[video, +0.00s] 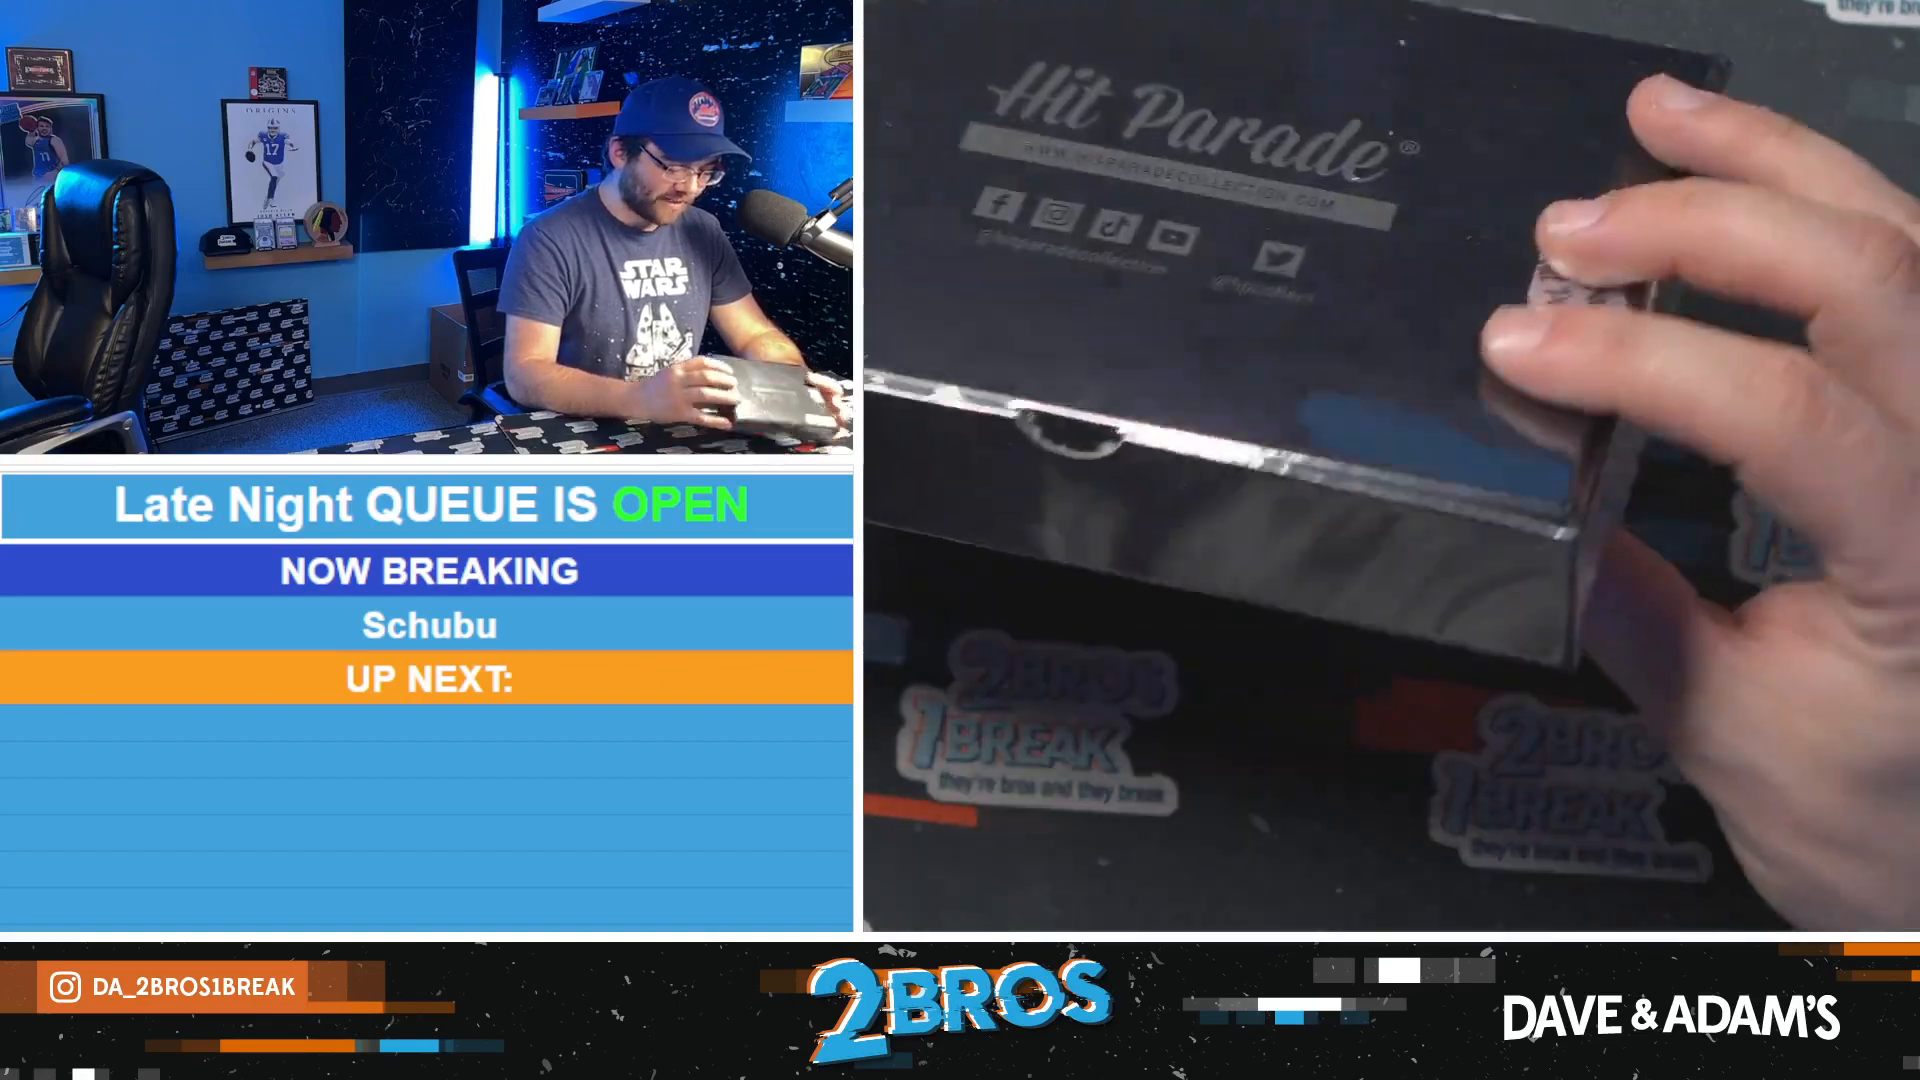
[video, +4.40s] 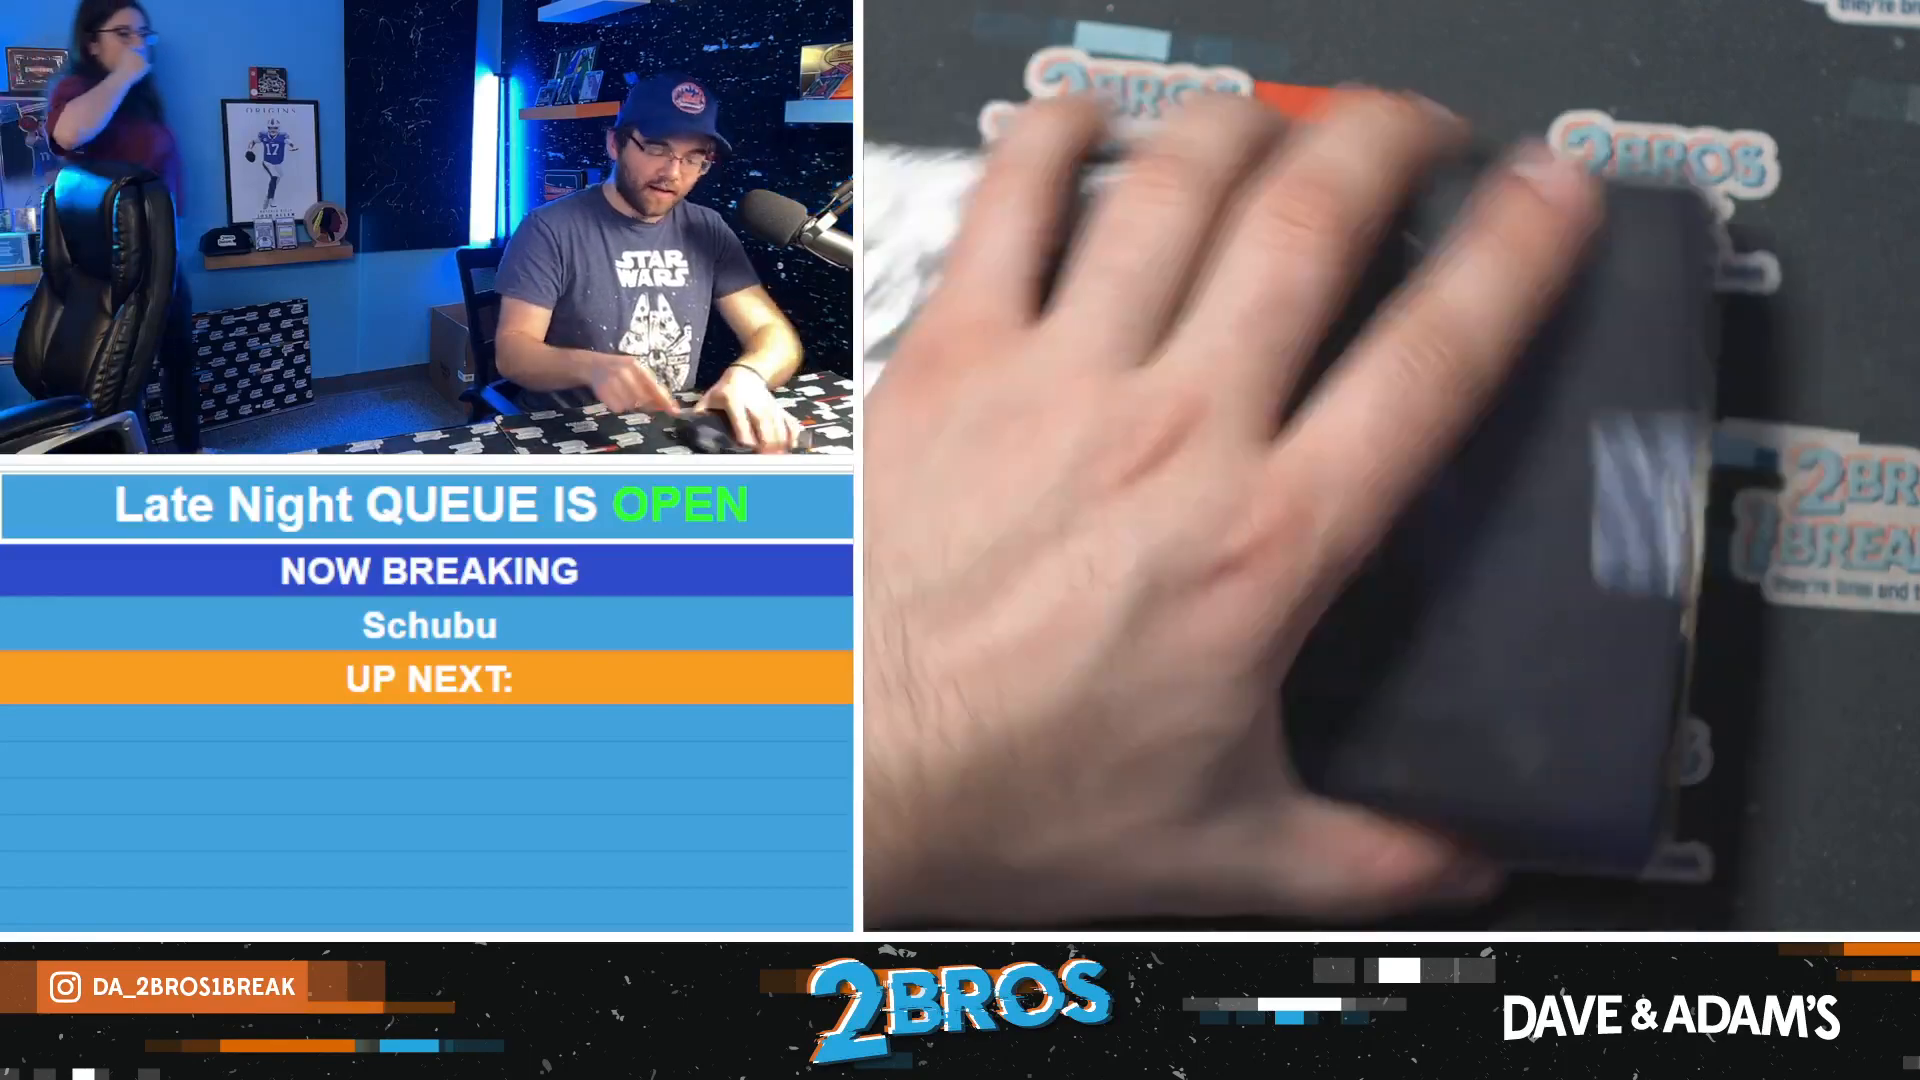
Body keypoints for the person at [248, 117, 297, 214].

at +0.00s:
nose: (273, 130)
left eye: (275, 128)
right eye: (271, 128)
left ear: (278, 128)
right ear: (268, 128)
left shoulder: (283, 136)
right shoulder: (263, 136)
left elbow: (290, 143)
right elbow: (253, 141)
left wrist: (292, 147)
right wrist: (250, 149)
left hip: (279, 164)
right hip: (267, 162)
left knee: (275, 182)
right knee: (274, 176)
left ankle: (267, 200)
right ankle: (270, 199)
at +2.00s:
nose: (273, 130)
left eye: (275, 128)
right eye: (271, 128)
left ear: (278, 128)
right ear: (268, 128)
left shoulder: (283, 136)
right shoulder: (263, 136)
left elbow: (289, 142)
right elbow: (253, 142)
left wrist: (292, 146)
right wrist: (250, 149)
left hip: (278, 163)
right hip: (267, 162)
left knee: (276, 181)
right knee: (274, 176)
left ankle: (267, 200)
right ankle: (270, 199)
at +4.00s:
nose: (273, 130)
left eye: (275, 128)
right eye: (271, 128)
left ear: (278, 129)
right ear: (268, 128)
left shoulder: (283, 136)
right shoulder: (263, 136)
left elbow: (289, 143)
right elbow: (254, 142)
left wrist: (292, 147)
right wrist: (250, 148)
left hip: (279, 163)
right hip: (268, 162)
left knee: (276, 182)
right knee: (274, 176)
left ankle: (268, 199)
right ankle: (271, 199)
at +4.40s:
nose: (273, 131)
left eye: (275, 129)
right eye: (271, 129)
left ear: (278, 129)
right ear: (268, 129)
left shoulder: (283, 137)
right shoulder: (264, 137)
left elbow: (290, 143)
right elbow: (253, 142)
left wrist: (293, 147)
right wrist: (250, 147)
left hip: (278, 163)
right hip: (267, 162)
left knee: (277, 180)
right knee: (275, 176)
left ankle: (268, 198)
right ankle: (271, 199)